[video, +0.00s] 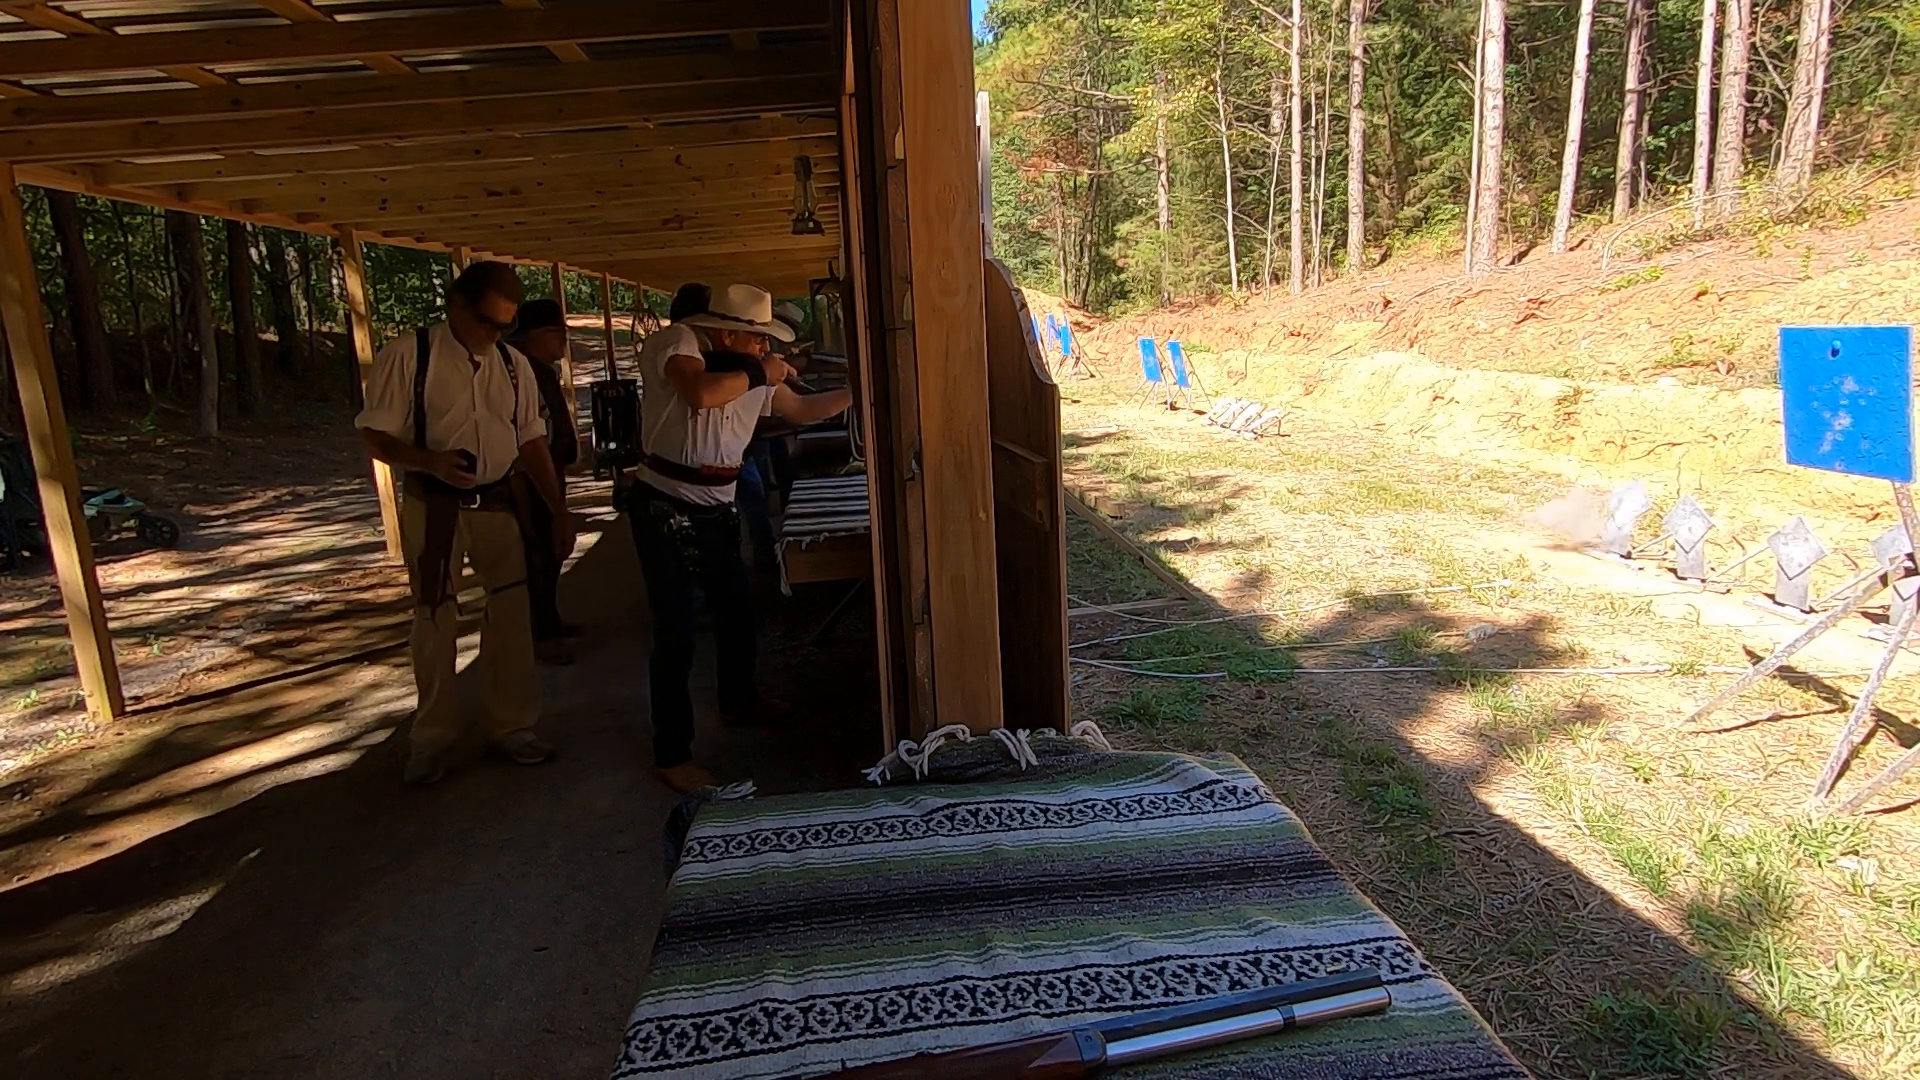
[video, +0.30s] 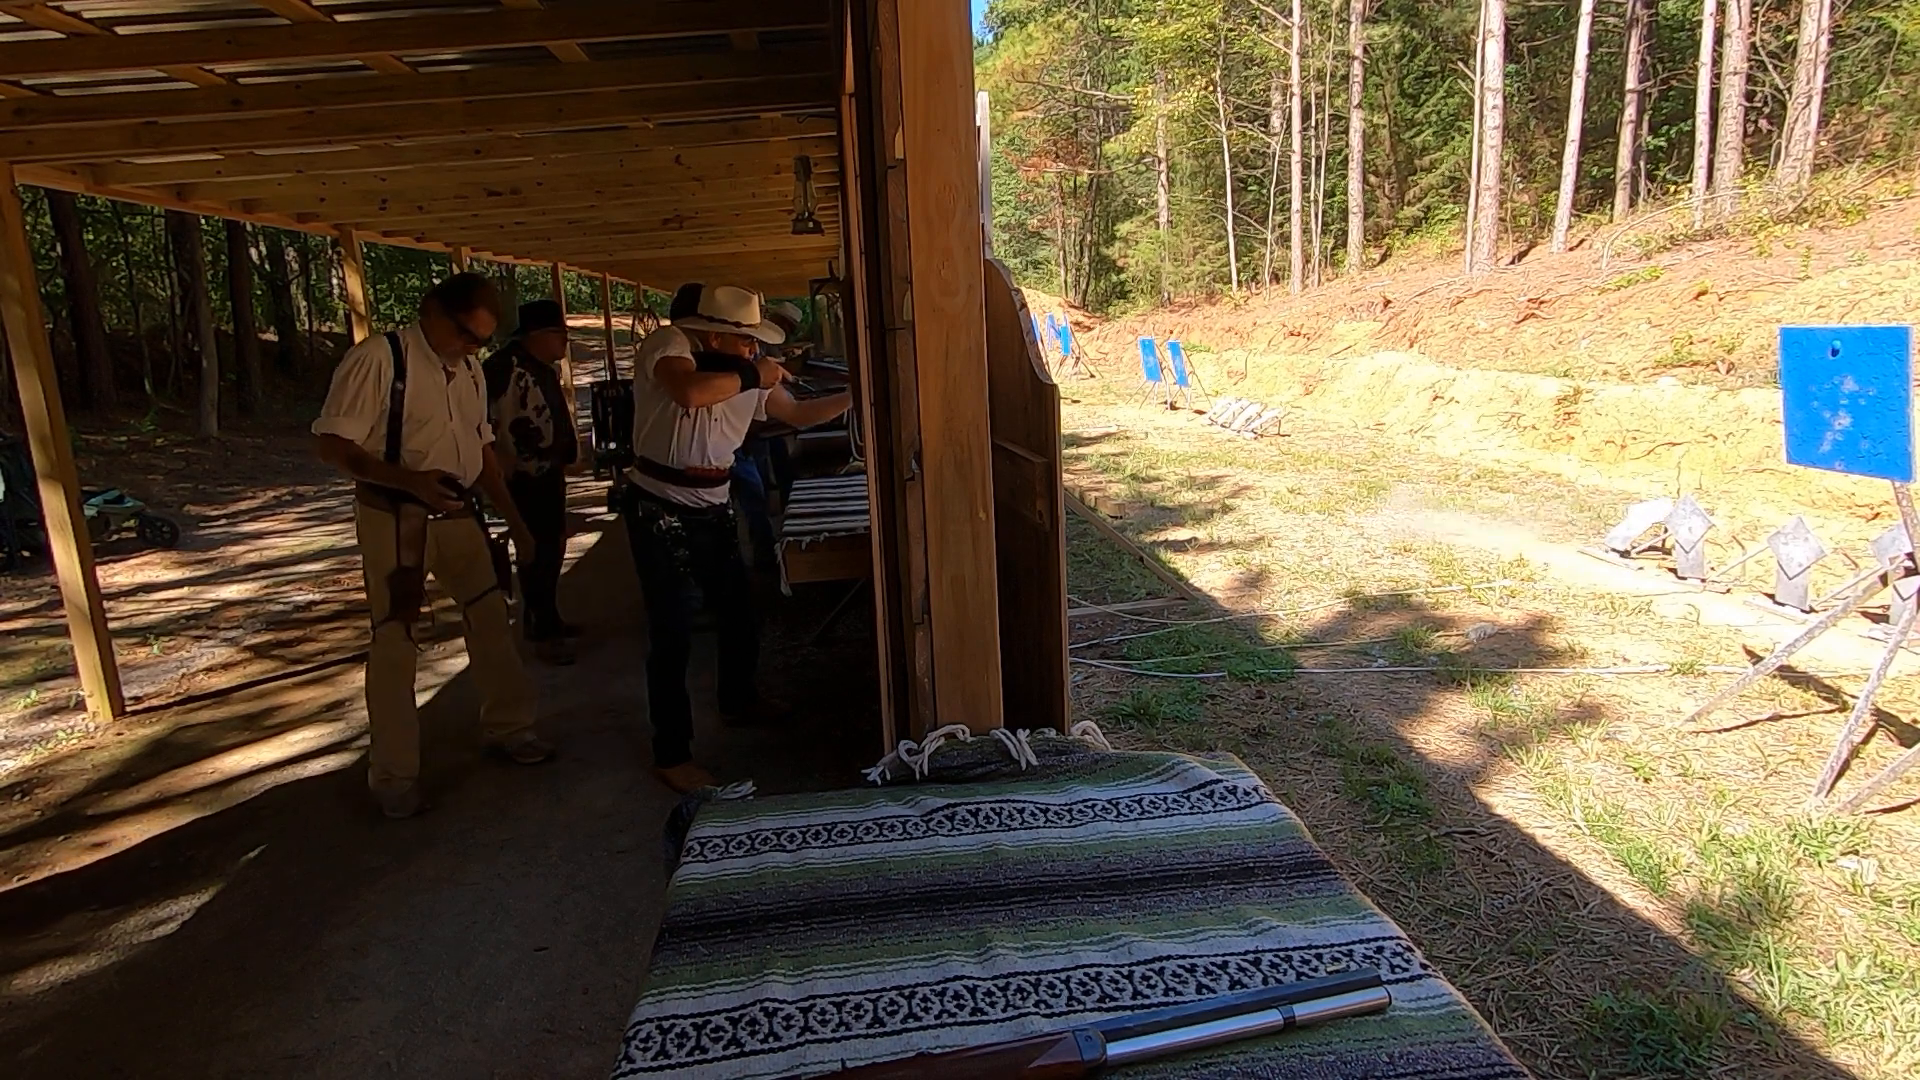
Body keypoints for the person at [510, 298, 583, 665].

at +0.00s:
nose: (565, 340)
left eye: (564, 333)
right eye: (558, 333)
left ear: (544, 336)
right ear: (537, 335)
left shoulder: (546, 372)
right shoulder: (520, 374)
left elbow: (556, 423)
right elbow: (524, 436)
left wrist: (567, 455)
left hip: (549, 474)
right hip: (527, 477)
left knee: (550, 551)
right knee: (537, 554)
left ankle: (552, 624)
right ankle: (542, 636)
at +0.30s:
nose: (565, 343)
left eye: (564, 335)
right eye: (560, 336)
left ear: (544, 334)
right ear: (539, 335)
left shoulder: (545, 369)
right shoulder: (504, 367)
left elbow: (554, 418)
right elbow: (492, 426)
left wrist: (566, 457)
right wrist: (509, 467)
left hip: (550, 473)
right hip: (524, 477)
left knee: (552, 549)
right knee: (535, 552)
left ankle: (550, 619)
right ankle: (540, 631)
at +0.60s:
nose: (566, 343)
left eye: (565, 336)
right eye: (560, 336)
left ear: (545, 336)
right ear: (539, 335)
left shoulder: (545, 367)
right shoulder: (506, 364)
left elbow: (554, 415)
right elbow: (472, 401)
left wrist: (565, 453)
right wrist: (490, 449)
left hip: (549, 474)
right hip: (522, 477)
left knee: (551, 552)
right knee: (535, 554)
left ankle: (549, 621)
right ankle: (541, 631)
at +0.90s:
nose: (564, 340)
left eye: (564, 333)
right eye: (558, 333)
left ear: (544, 335)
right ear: (536, 334)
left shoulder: (545, 368)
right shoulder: (505, 365)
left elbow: (555, 414)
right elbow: (470, 401)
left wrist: (567, 452)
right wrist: (489, 448)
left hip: (550, 473)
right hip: (522, 477)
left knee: (551, 551)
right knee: (535, 553)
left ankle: (549, 620)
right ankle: (541, 630)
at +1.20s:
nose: (563, 339)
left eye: (562, 331)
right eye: (557, 332)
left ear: (544, 334)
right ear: (534, 334)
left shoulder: (546, 369)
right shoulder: (504, 365)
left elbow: (554, 414)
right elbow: (468, 403)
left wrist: (567, 449)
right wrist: (490, 450)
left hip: (549, 474)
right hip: (521, 477)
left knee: (551, 551)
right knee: (534, 554)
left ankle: (550, 620)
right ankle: (541, 631)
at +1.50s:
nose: (563, 340)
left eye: (563, 332)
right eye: (557, 333)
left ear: (546, 335)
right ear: (534, 334)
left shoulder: (547, 371)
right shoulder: (503, 366)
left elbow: (558, 412)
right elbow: (468, 403)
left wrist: (568, 440)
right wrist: (490, 450)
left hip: (550, 474)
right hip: (520, 477)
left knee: (552, 550)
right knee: (534, 553)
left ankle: (550, 620)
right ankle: (541, 630)